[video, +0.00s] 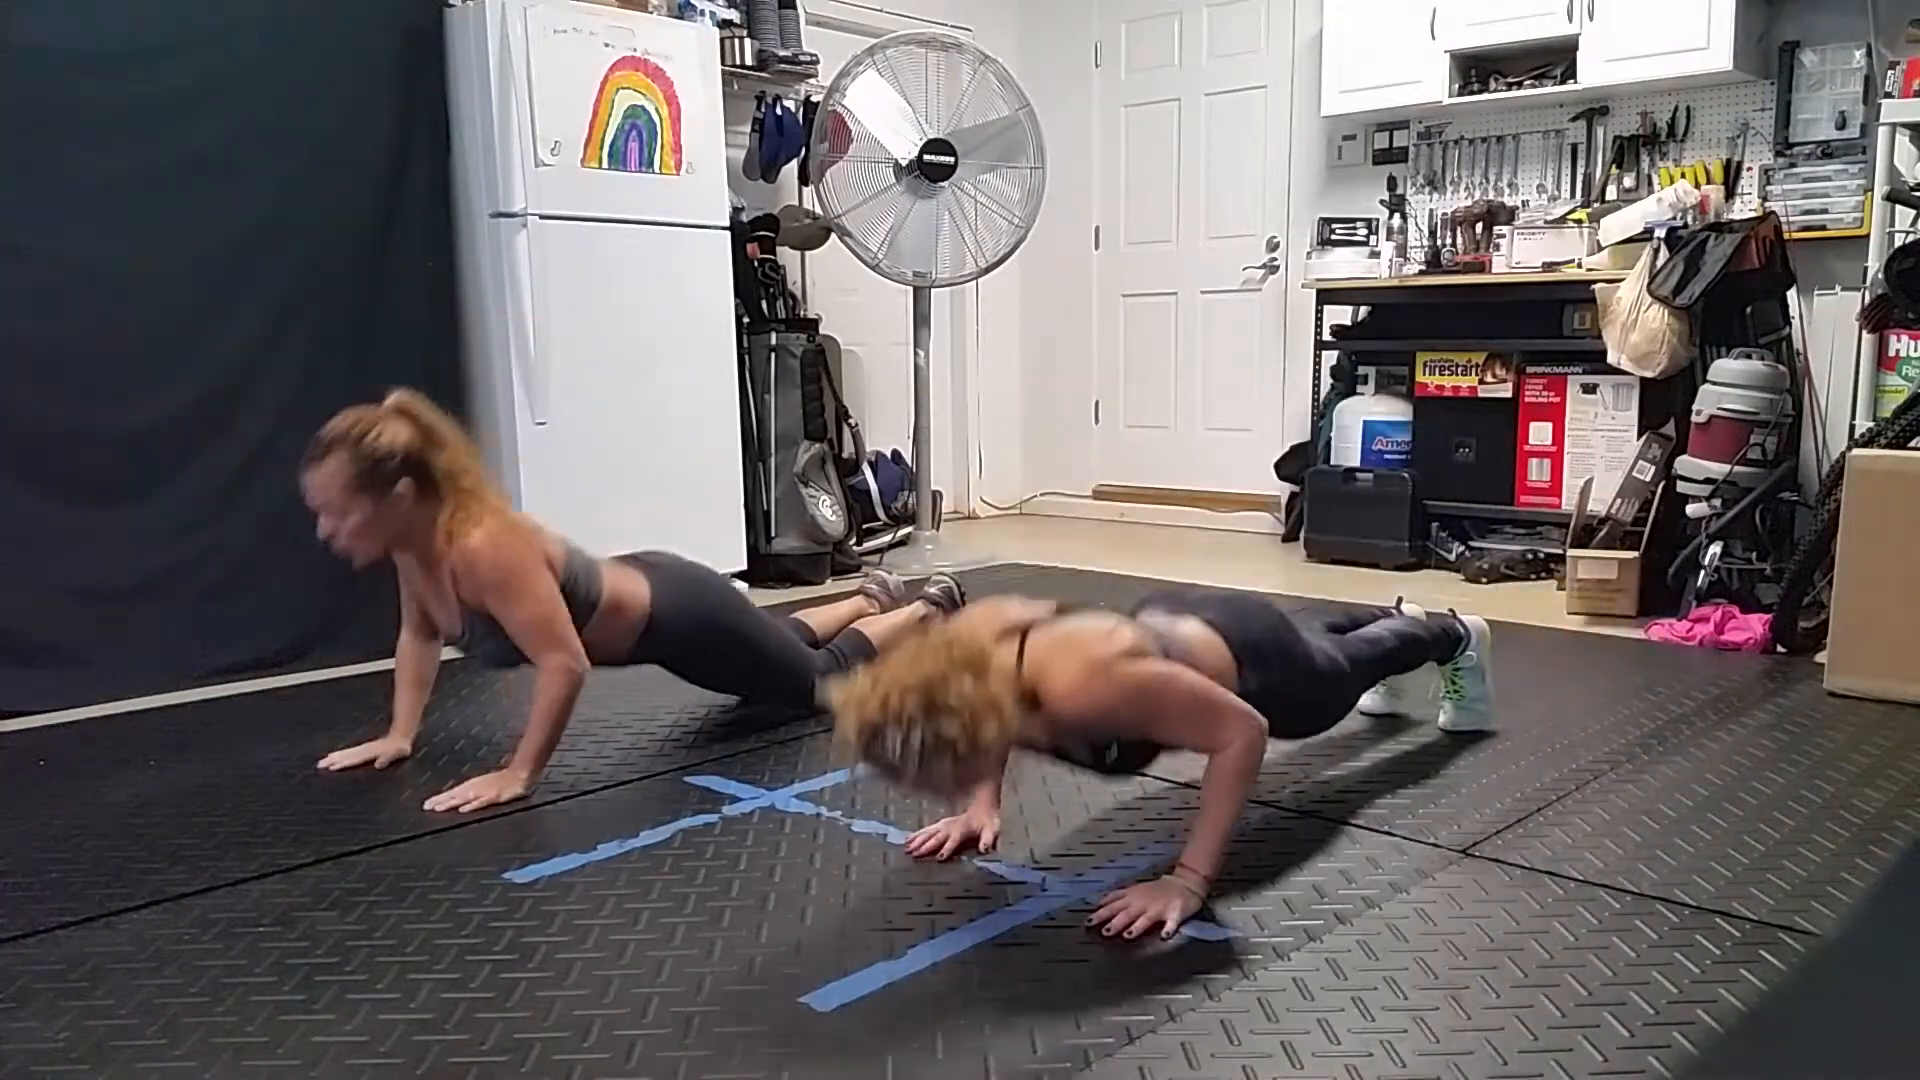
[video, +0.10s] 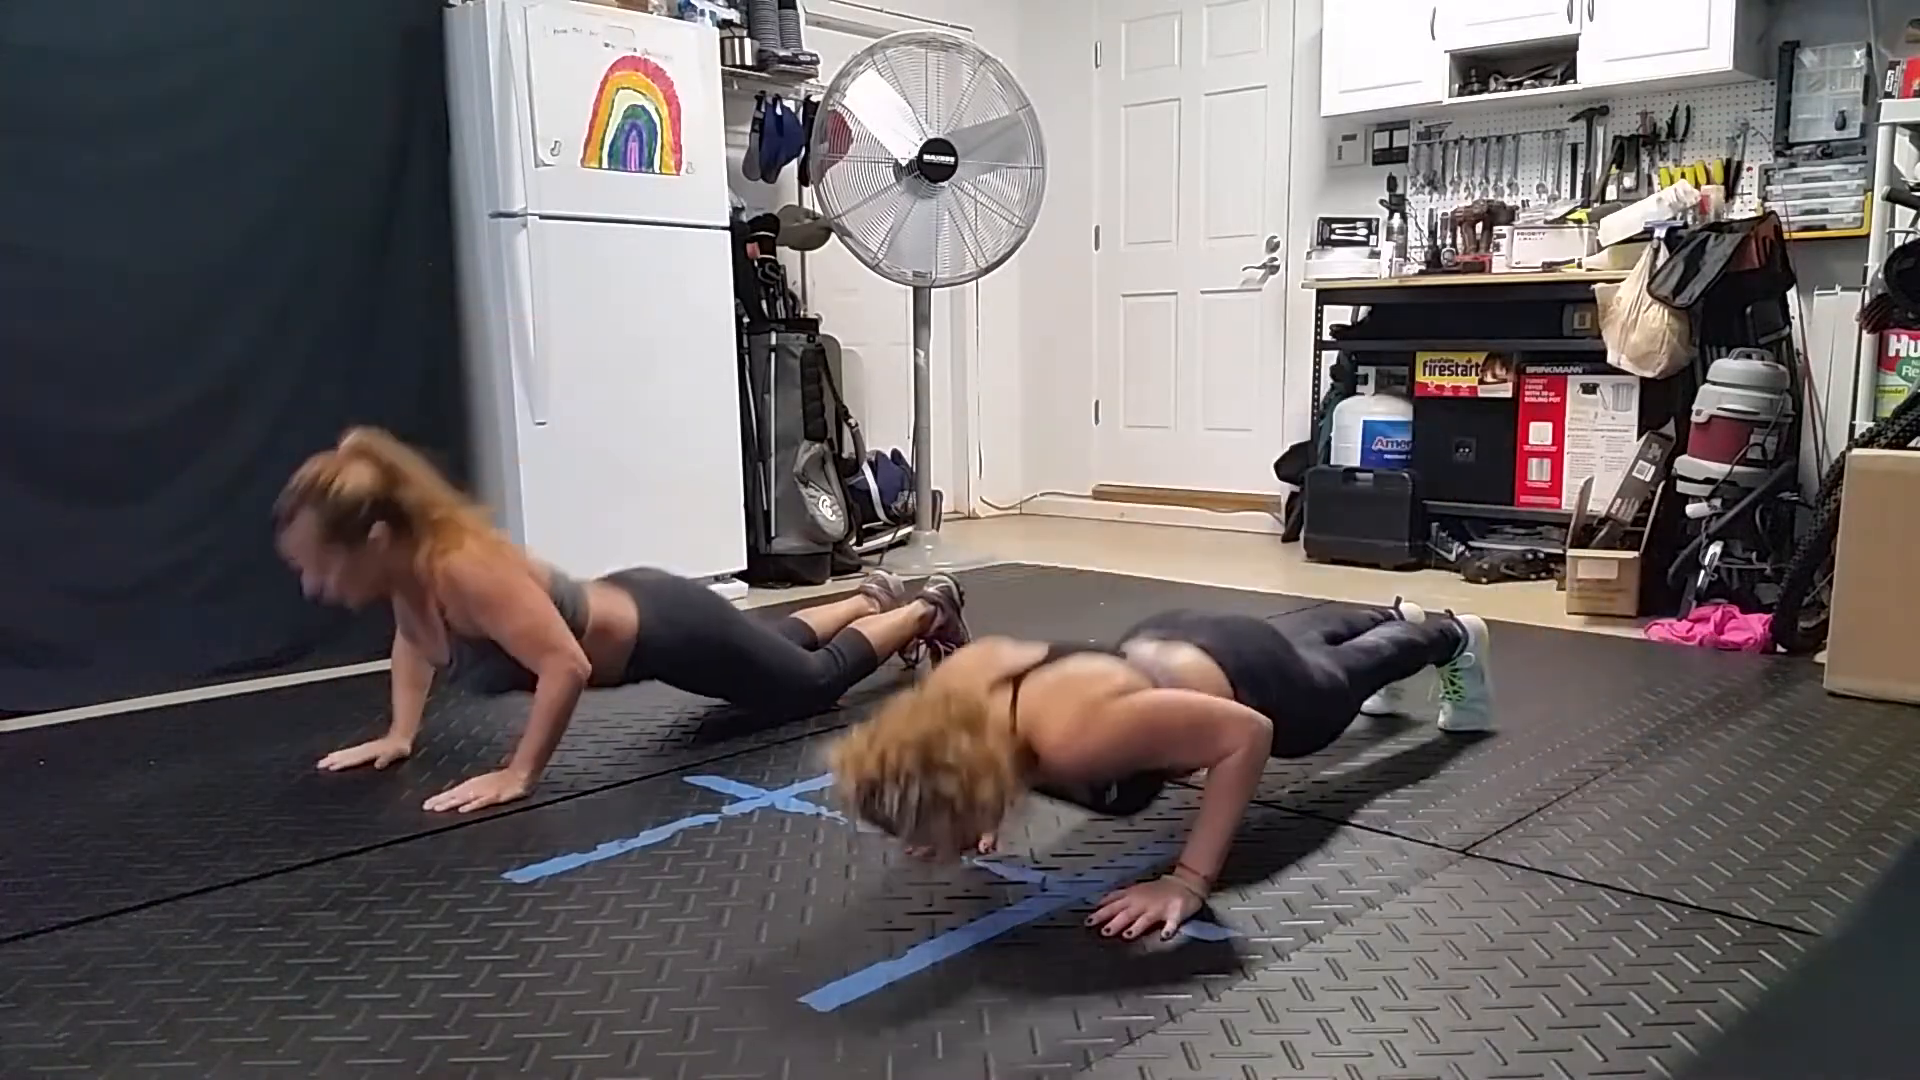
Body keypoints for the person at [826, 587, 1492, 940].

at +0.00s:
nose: (939, 791)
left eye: (939, 778)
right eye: (921, 785)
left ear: (964, 737)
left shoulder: (1087, 683)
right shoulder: (958, 637)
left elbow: (1243, 732)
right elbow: (976, 709)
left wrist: (1187, 880)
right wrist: (980, 801)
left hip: (1253, 656)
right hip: (1176, 616)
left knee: (1362, 651)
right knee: (1301, 622)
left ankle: (1451, 631)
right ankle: (1388, 617)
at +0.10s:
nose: (934, 854)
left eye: (941, 839)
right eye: (920, 844)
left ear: (971, 786)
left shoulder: (1076, 733)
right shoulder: (961, 673)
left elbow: (1246, 734)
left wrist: (1187, 881)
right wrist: (981, 793)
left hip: (1249, 675)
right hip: (1167, 644)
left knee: (1355, 661)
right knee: (1288, 626)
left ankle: (1437, 630)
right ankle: (1388, 616)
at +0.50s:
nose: (930, 812)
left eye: (932, 799)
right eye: (916, 806)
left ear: (958, 764)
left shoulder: (1077, 719)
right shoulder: (956, 659)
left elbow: (1247, 734)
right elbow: (963, 712)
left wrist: (1188, 880)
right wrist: (979, 796)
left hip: (1251, 662)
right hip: (1166, 627)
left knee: (1362, 655)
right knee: (1296, 620)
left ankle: (1446, 632)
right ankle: (1386, 613)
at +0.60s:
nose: (930, 738)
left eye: (929, 723)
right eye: (918, 729)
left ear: (963, 691)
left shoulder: (1085, 670)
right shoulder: (971, 649)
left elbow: (1245, 733)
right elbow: (977, 712)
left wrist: (1189, 880)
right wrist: (979, 803)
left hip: (1259, 650)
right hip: (1180, 617)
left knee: (1365, 655)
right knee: (1304, 622)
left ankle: (1443, 630)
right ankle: (1385, 615)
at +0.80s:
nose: (966, 667)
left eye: (970, 650)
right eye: (952, 658)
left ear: (1002, 610)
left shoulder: (1114, 594)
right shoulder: (985, 601)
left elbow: (1244, 730)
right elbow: (986, 685)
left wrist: (1187, 877)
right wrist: (980, 802)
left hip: (1263, 634)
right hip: (1192, 623)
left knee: (1355, 708)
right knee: (1303, 625)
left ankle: (1440, 631)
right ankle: (1382, 614)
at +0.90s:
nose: (995, 629)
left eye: (1005, 611)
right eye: (985, 613)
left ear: (1041, 575)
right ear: (983, 584)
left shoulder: (1145, 564)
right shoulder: (1004, 575)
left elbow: (1245, 728)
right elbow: (990, 681)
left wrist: (1190, 876)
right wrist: (980, 804)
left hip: (1279, 638)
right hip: (1197, 652)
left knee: (1360, 731)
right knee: (1306, 640)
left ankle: (1436, 632)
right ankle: (1380, 616)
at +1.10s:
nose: (1085, 595)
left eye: (1093, 574)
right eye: (1067, 581)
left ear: (1124, 528)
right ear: (1043, 559)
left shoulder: (1202, 531)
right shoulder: (1050, 548)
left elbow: (1242, 729)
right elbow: (1019, 679)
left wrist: (1189, 876)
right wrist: (983, 803)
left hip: (1358, 567)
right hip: (1277, 596)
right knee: (1340, 642)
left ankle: (1469, 639)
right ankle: (1383, 666)